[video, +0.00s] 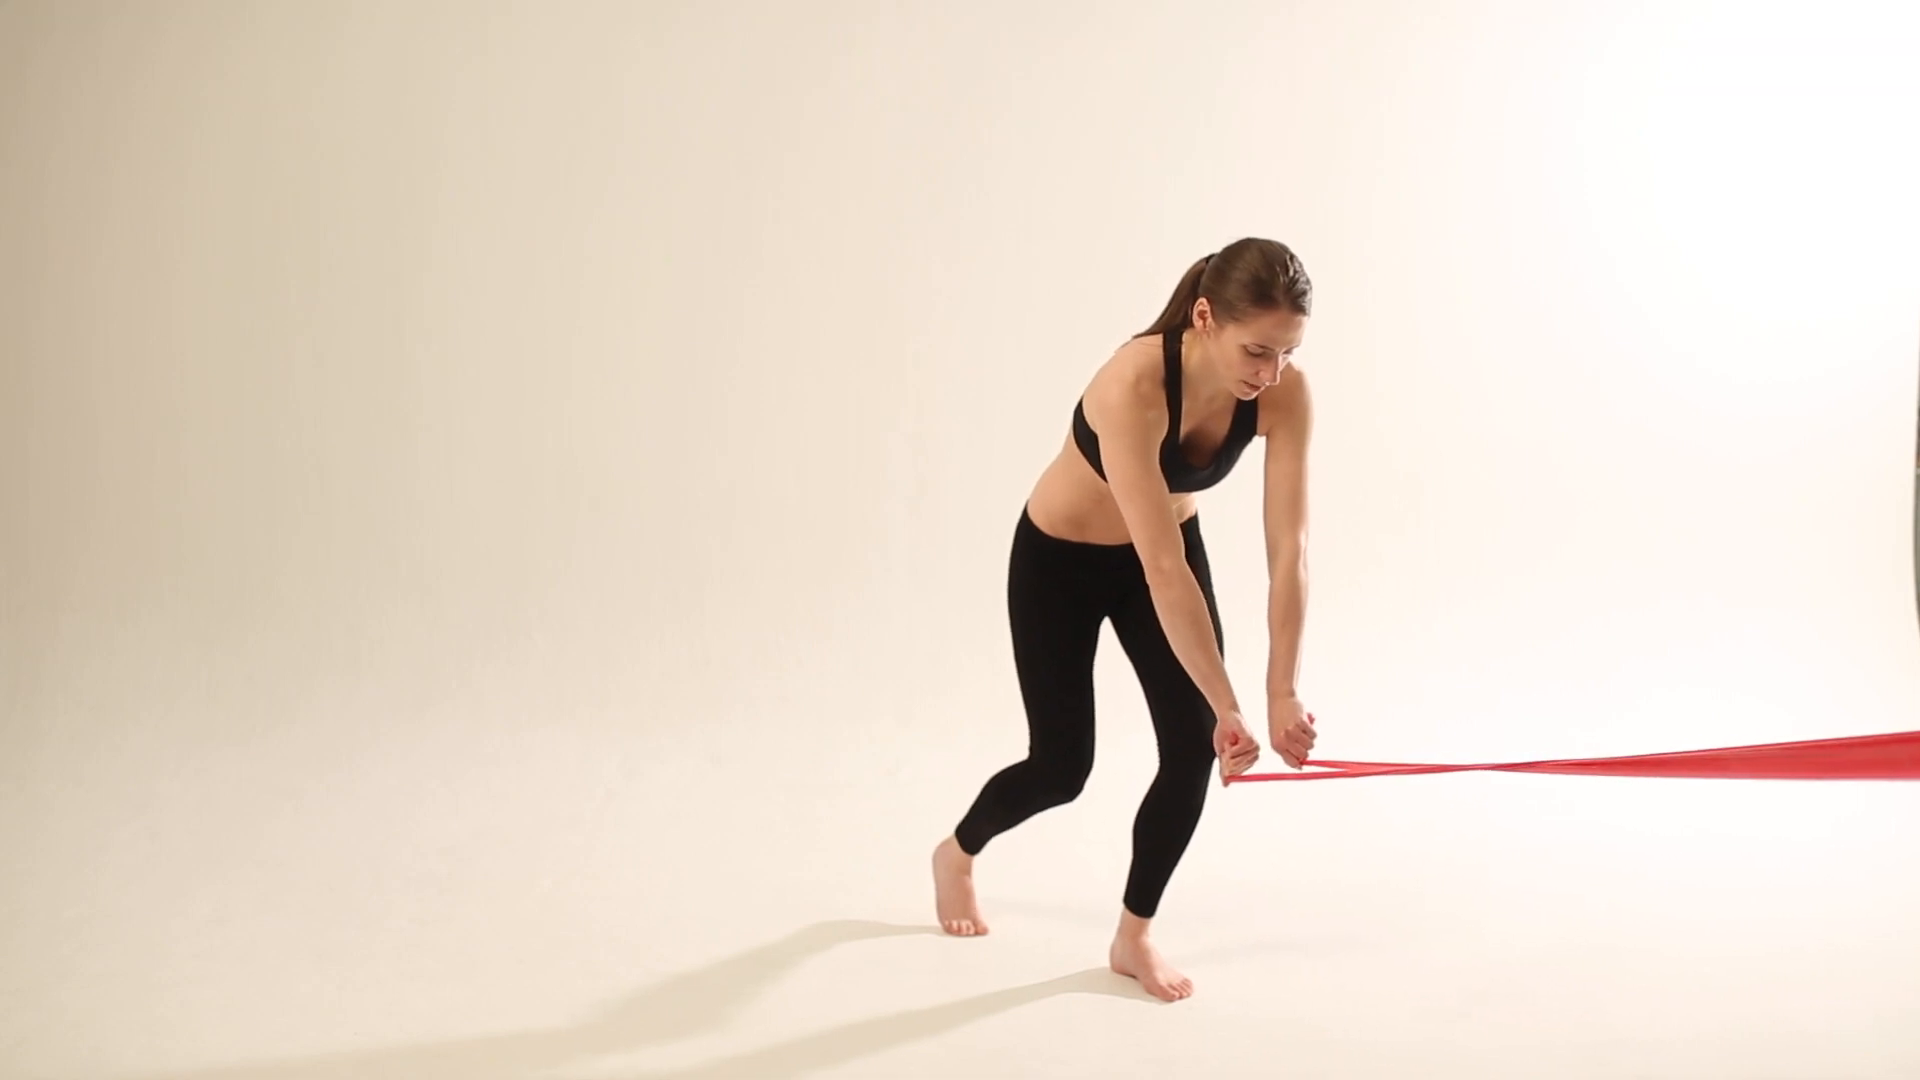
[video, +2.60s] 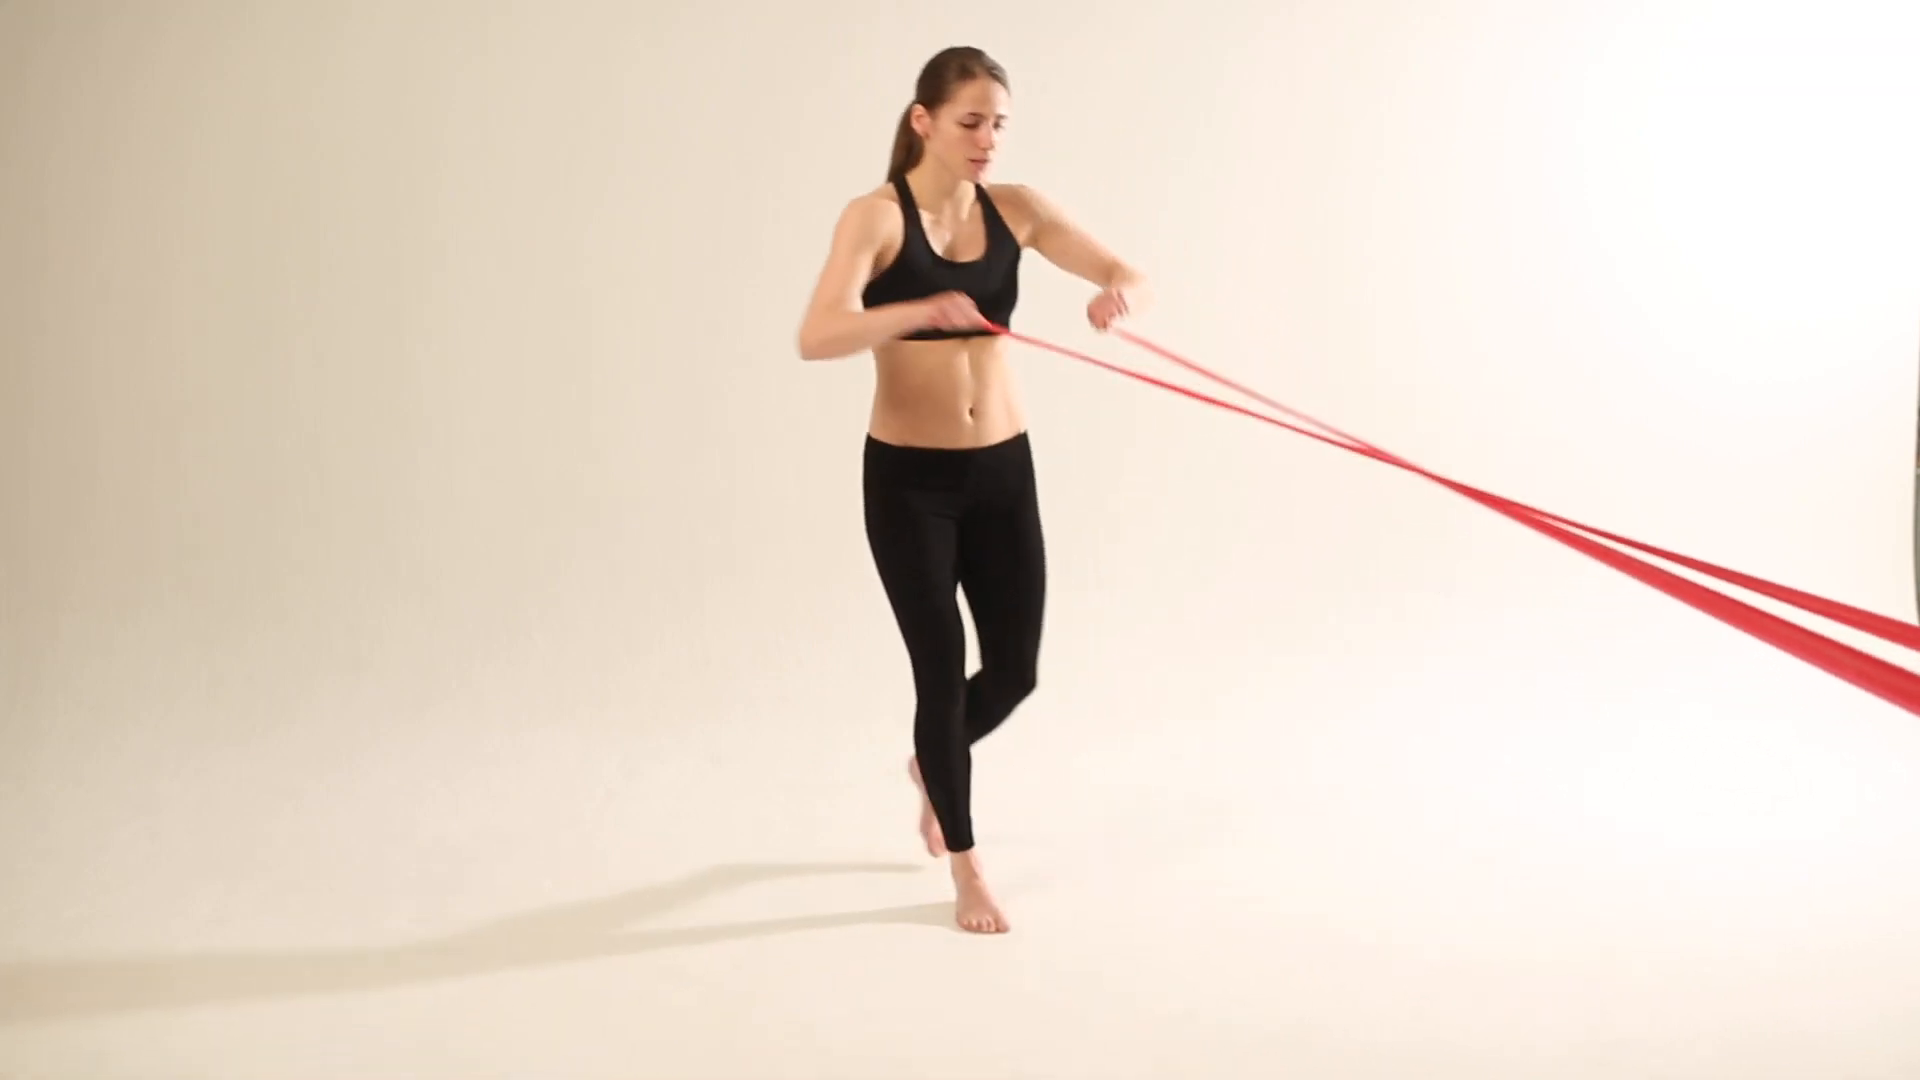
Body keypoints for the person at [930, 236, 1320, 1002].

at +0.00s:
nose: (1274, 371)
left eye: (1287, 352)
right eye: (1259, 350)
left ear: (1301, 332)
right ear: (1203, 319)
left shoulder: (1282, 392)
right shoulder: (1132, 384)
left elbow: (1288, 547)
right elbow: (1164, 570)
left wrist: (1281, 690)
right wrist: (1227, 711)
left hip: (1165, 555)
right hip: (1060, 558)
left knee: (1190, 750)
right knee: (1062, 766)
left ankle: (1133, 931)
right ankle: (956, 851)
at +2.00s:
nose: (1186, 286)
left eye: (1196, 267)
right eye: (1170, 265)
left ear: (1205, 257)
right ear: (1117, 244)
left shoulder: (1198, 326)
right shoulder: (1054, 330)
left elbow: (1224, 465)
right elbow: (1105, 488)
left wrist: (1243, 591)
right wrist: (1182, 612)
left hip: (1114, 549)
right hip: (1013, 552)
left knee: (1161, 732)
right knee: (1042, 755)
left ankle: (1133, 930)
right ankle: (972, 852)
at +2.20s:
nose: (1107, 228)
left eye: (1118, 211)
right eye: (1092, 209)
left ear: (1127, 209)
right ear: (1041, 194)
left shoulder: (1122, 280)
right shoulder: (983, 289)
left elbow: (1164, 404)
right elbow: (1028, 430)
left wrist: (1187, 509)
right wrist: (1125, 527)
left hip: (1065, 525)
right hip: (963, 525)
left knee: (1117, 711)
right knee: (1006, 722)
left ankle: (1139, 915)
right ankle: (973, 866)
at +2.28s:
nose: (1076, 204)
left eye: (1088, 186)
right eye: (1062, 184)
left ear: (1097, 187)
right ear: (1011, 173)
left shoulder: (1092, 258)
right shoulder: (956, 264)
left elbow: (1150, 375)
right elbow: (983, 405)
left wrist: (1159, 467)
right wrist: (1093, 483)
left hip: (1043, 509)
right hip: (945, 513)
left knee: (1100, 696)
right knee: (988, 705)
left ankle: (1118, 897)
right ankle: (974, 873)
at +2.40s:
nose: (1040, 170)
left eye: (1050, 153)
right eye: (1025, 151)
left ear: (1056, 157)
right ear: (973, 147)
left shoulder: (1058, 235)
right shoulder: (922, 240)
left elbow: (1143, 334)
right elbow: (915, 381)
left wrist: (1132, 395)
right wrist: (1035, 414)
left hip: (1023, 492)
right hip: (925, 499)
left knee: (1076, 676)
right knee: (964, 690)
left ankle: (1033, 839)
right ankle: (971, 874)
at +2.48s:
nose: (1018, 153)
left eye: (1028, 137)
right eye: (1003, 135)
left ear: (1032, 140)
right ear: (951, 132)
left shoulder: (1038, 220)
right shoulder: (902, 228)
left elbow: (1136, 308)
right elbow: (874, 361)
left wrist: (1126, 349)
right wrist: (985, 368)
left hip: (1015, 484)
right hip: (918, 490)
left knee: (1051, 677)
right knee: (953, 682)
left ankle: (987, 786)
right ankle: (966, 871)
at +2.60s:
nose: (988, 138)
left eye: (998, 123)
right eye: (972, 121)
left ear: (1003, 126)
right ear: (922, 121)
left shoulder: (1014, 208)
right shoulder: (875, 216)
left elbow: (1125, 276)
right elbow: (816, 337)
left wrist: (1118, 293)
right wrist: (918, 311)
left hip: (1003, 473)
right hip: (908, 478)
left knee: (1012, 673)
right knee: (943, 674)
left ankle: (932, 757)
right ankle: (966, 868)